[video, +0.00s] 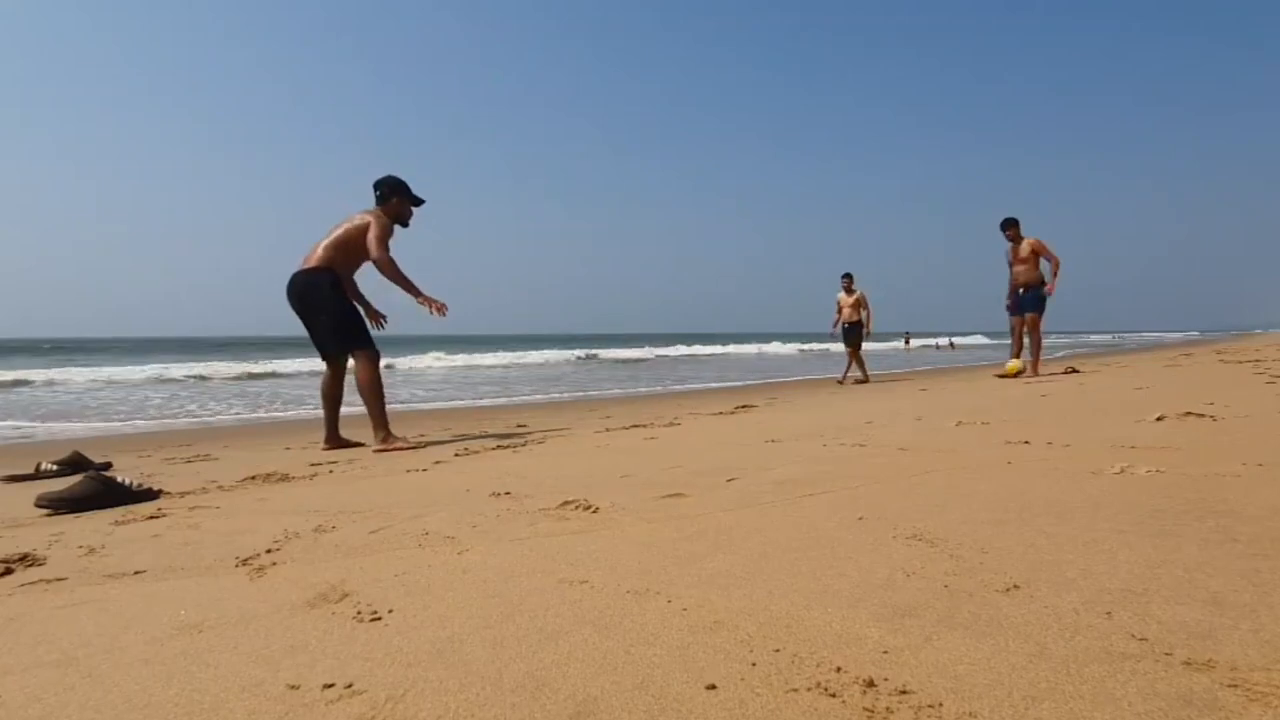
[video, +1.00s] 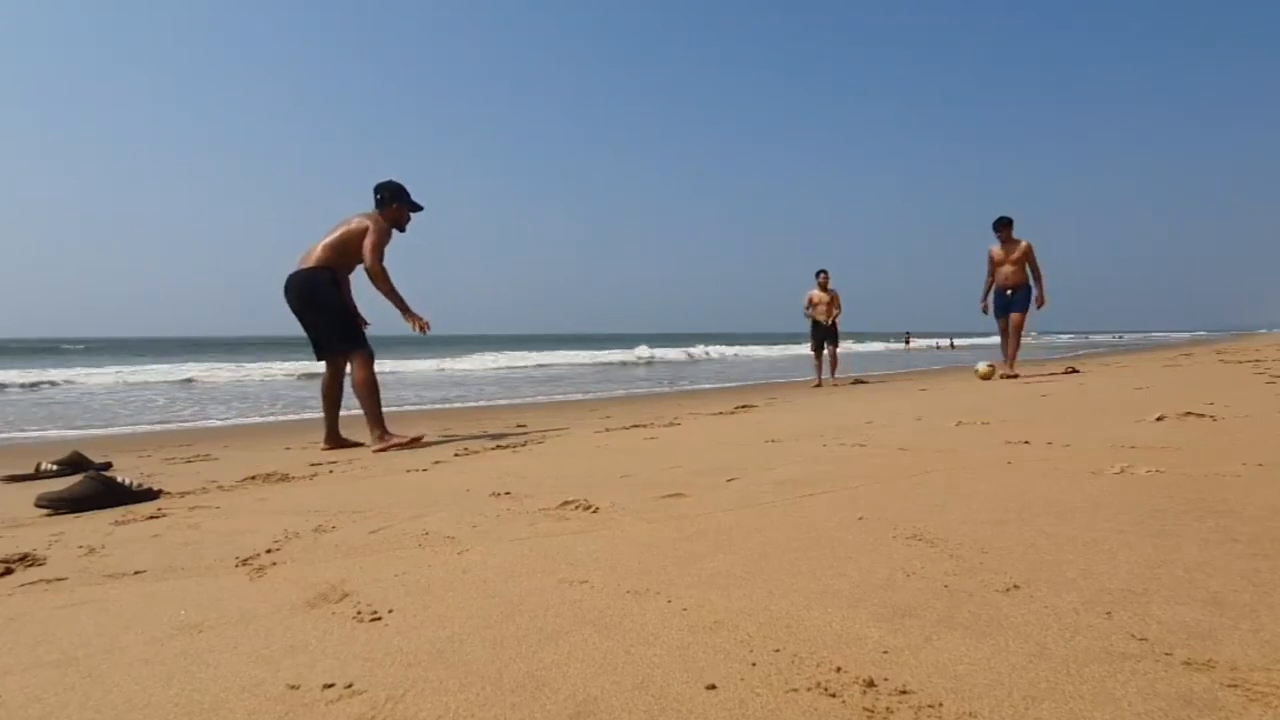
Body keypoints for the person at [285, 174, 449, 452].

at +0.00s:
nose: (411, 211)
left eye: (412, 206)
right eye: (408, 205)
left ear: (384, 202)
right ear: (393, 201)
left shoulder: (360, 222)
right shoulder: (379, 221)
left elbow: (341, 273)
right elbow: (379, 257)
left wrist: (366, 306)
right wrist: (419, 294)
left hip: (301, 284)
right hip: (323, 284)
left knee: (336, 362)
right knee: (366, 355)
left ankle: (332, 436)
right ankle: (383, 435)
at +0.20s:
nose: (419, 217)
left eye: (419, 210)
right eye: (416, 209)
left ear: (394, 205)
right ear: (401, 205)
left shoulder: (365, 223)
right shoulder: (384, 224)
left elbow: (347, 272)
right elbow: (387, 261)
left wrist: (363, 312)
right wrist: (429, 297)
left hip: (302, 285)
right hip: (327, 285)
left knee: (334, 361)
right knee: (377, 354)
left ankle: (331, 436)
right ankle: (384, 435)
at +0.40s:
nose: (420, 214)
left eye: (421, 208)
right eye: (417, 207)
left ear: (395, 203)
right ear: (401, 203)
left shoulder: (366, 222)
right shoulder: (385, 223)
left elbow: (347, 271)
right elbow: (387, 262)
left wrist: (366, 307)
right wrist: (422, 298)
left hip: (303, 283)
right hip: (329, 282)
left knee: (332, 361)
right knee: (376, 354)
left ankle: (330, 435)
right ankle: (383, 436)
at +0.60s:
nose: (416, 213)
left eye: (417, 207)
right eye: (413, 207)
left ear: (390, 204)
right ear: (397, 204)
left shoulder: (363, 220)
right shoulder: (382, 222)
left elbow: (345, 270)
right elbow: (380, 260)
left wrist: (368, 305)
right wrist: (411, 298)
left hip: (301, 282)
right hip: (327, 281)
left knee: (332, 361)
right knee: (370, 354)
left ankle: (330, 435)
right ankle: (382, 435)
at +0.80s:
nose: (411, 216)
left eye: (411, 209)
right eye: (408, 209)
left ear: (386, 205)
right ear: (392, 205)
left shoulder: (359, 223)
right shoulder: (377, 225)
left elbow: (341, 272)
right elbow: (374, 263)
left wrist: (362, 308)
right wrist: (407, 303)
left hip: (300, 284)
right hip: (323, 283)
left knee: (335, 361)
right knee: (364, 355)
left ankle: (331, 436)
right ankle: (380, 435)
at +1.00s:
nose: (409, 217)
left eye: (410, 210)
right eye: (407, 210)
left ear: (385, 206)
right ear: (391, 206)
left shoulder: (360, 223)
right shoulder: (378, 225)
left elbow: (340, 273)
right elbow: (373, 266)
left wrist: (352, 312)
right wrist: (407, 312)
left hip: (300, 284)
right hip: (321, 283)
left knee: (335, 361)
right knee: (361, 356)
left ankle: (332, 436)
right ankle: (380, 435)